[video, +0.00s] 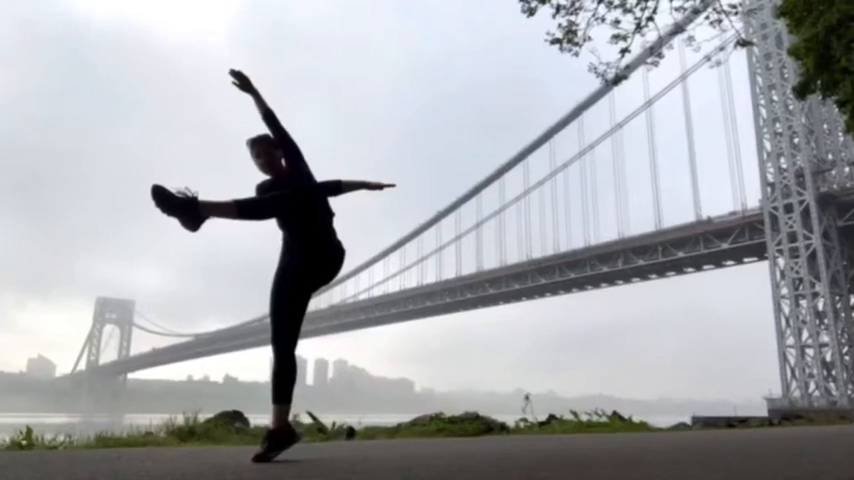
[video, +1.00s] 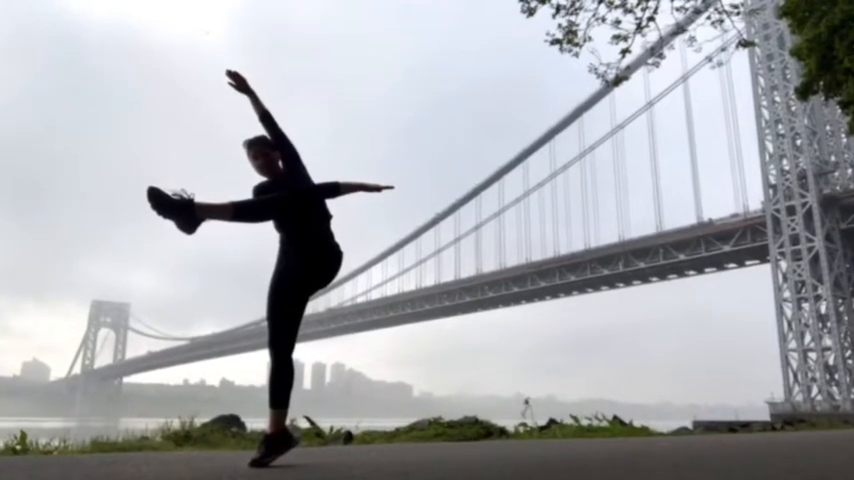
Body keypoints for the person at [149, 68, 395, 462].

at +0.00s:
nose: (261, 161)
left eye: (265, 154)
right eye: (257, 157)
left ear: (280, 151)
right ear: (255, 162)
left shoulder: (299, 172)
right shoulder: (267, 192)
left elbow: (280, 131)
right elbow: (323, 189)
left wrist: (254, 92)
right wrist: (365, 185)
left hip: (325, 255)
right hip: (294, 263)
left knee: (282, 203)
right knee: (283, 344)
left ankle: (201, 210)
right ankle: (281, 427)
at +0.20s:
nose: (261, 161)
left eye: (265, 154)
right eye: (256, 158)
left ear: (279, 151)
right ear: (254, 162)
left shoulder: (298, 173)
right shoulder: (266, 193)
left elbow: (280, 132)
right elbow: (322, 189)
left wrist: (253, 93)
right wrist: (365, 186)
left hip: (324, 256)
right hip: (294, 264)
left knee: (283, 203)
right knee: (283, 346)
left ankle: (200, 210)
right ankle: (280, 428)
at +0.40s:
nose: (260, 161)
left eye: (265, 154)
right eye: (256, 158)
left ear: (279, 152)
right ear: (254, 163)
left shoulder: (298, 173)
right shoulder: (266, 193)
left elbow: (279, 131)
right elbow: (320, 190)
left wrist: (253, 93)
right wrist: (363, 186)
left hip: (323, 256)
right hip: (293, 265)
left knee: (282, 203)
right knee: (282, 346)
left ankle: (199, 210)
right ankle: (279, 429)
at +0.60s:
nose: (259, 161)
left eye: (264, 154)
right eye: (255, 158)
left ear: (278, 153)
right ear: (253, 163)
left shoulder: (297, 173)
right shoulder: (264, 193)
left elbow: (278, 131)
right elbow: (317, 191)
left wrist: (252, 93)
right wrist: (360, 186)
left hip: (323, 256)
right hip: (292, 265)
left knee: (280, 203)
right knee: (282, 347)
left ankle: (198, 211)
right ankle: (279, 430)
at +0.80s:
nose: (259, 162)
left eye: (263, 155)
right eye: (254, 159)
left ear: (277, 153)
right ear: (253, 163)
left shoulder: (296, 172)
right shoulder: (264, 193)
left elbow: (277, 131)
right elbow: (319, 191)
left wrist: (251, 93)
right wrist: (361, 187)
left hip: (322, 256)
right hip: (292, 265)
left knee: (279, 204)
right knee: (281, 348)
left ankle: (197, 211)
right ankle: (278, 431)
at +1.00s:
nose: (257, 162)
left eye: (262, 155)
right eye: (253, 159)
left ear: (277, 153)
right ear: (252, 163)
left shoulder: (295, 173)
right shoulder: (264, 193)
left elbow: (276, 131)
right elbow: (319, 191)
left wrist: (251, 93)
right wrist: (362, 187)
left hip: (322, 257)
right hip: (292, 266)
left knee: (279, 204)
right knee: (280, 348)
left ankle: (197, 212)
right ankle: (277, 432)